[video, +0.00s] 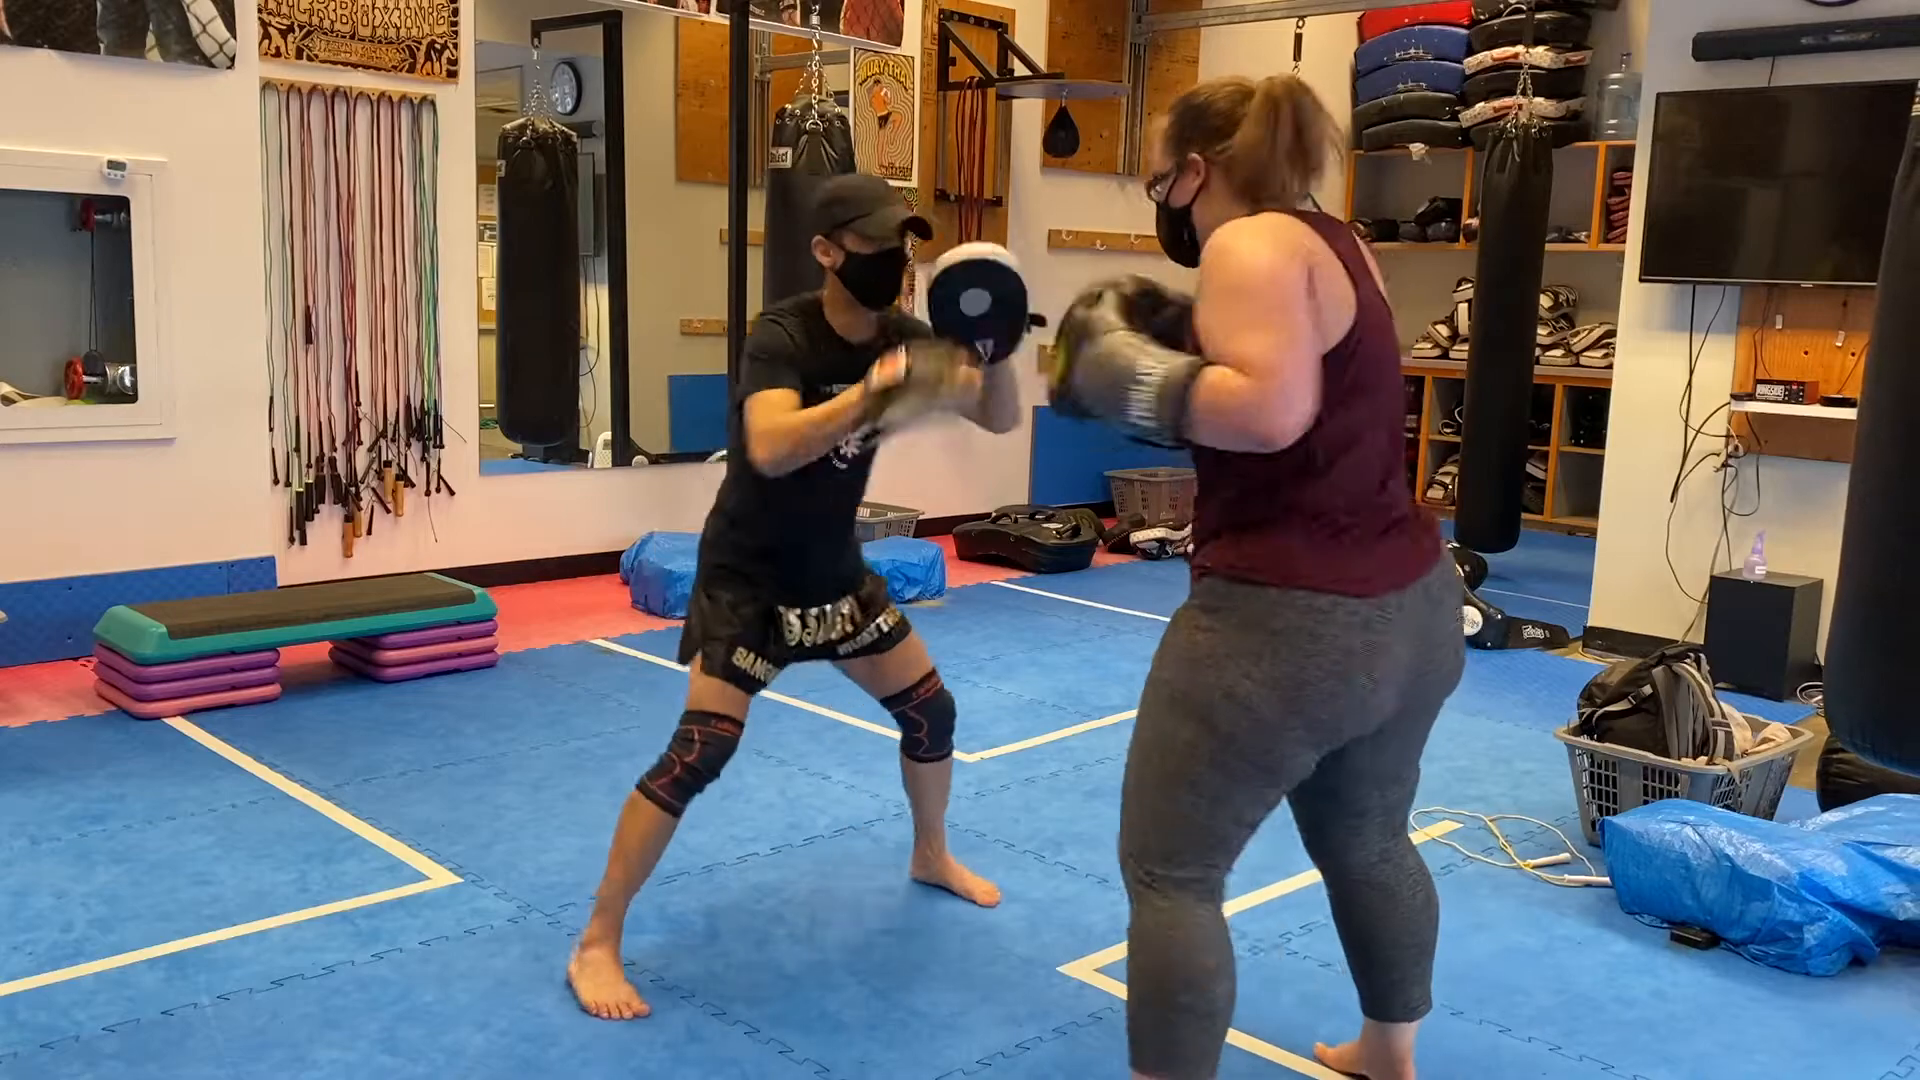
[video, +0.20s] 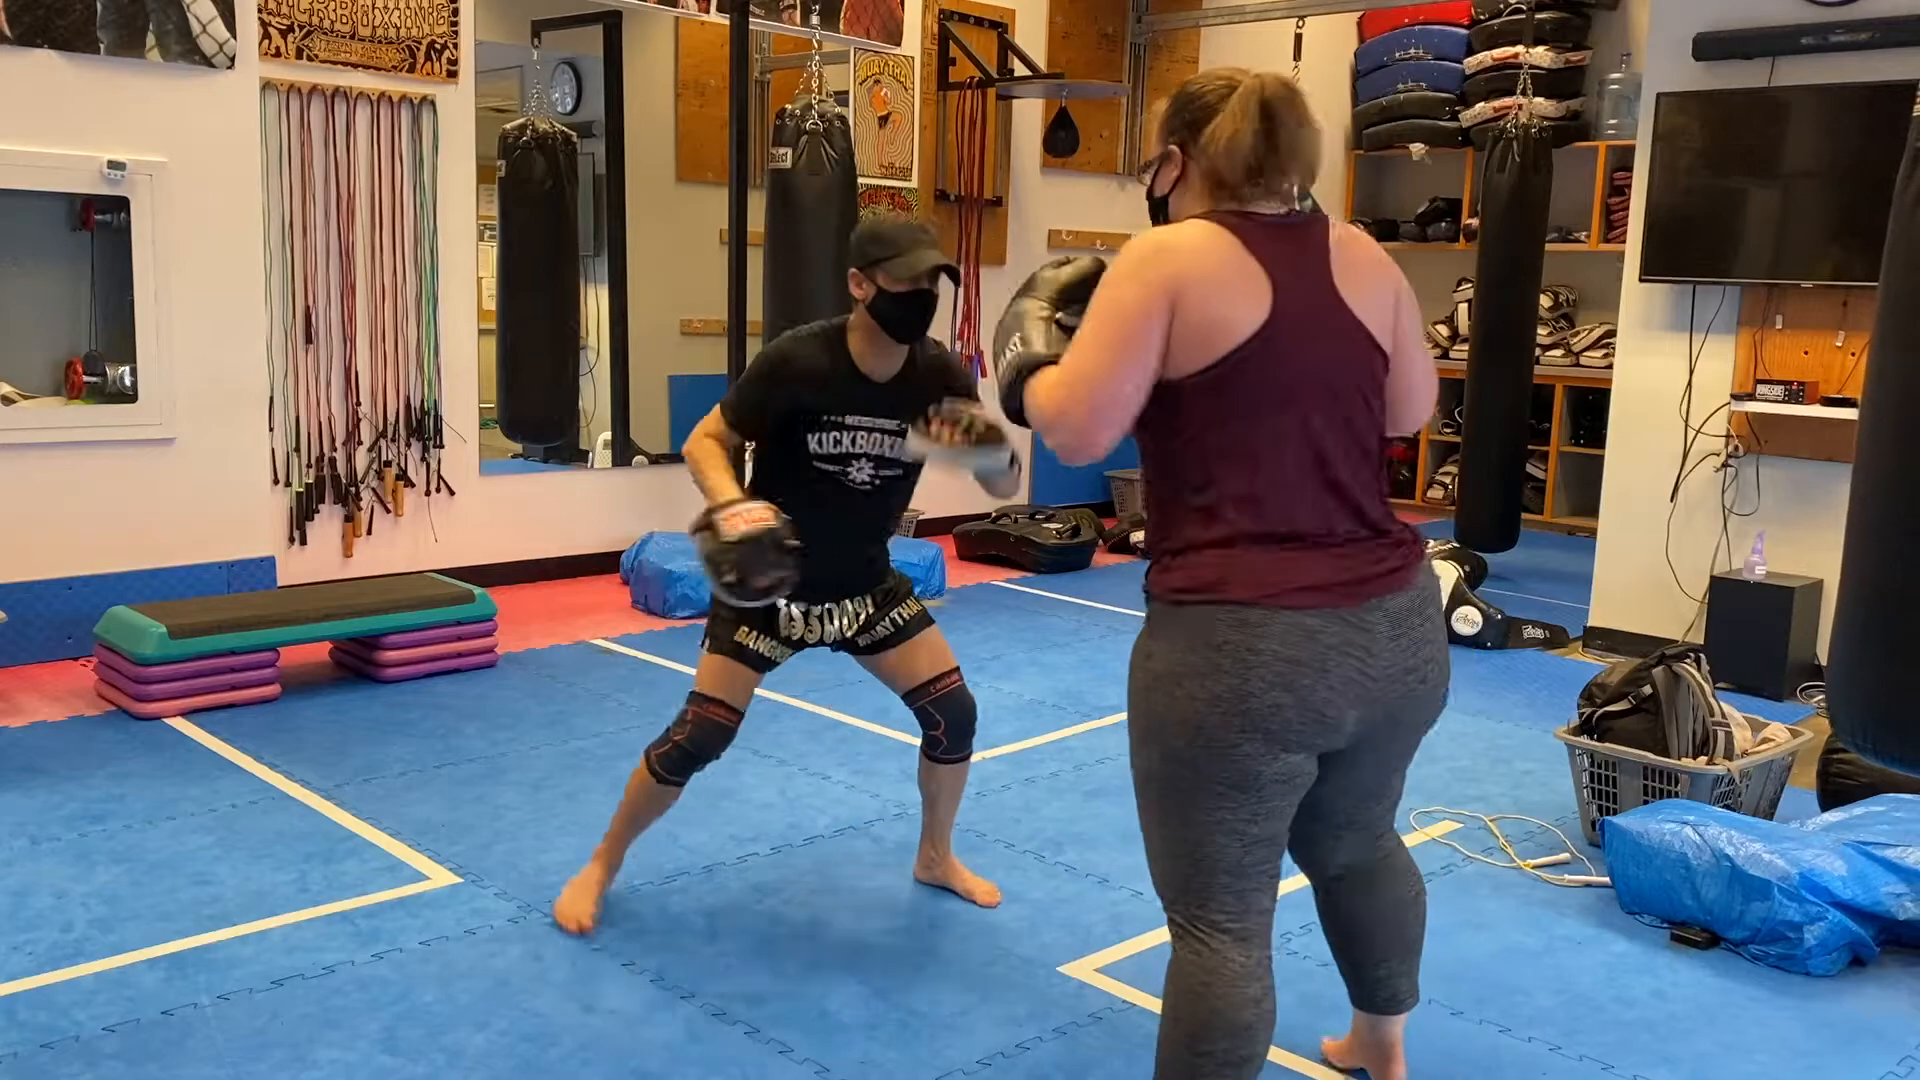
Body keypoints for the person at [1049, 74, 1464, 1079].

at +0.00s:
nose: (1162, 200)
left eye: (1165, 180)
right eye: (1159, 182)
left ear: (1201, 168)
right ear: (1287, 161)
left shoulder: (1250, 247)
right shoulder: (1338, 243)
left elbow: (1270, 409)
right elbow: (1291, 362)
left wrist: (1134, 381)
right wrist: (1186, 315)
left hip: (1281, 624)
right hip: (1412, 608)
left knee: (1174, 874)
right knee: (1366, 836)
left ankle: (1169, 1068)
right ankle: (1389, 1051)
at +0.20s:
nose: (1152, 184)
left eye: (1156, 166)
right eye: (1150, 168)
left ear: (1186, 160)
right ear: (1289, 157)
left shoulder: (1163, 259)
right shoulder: (1367, 256)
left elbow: (1079, 430)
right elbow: (1412, 406)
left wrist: (1022, 360)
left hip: (1235, 643)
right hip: (1396, 630)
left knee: (1220, 925)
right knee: (1357, 838)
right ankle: (1381, 1044)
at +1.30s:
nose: (1163, 159)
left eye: (1169, 139)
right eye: (1165, 139)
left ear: (1203, 141)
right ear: (1308, 142)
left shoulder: (1160, 244)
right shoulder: (1366, 263)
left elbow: (1046, 403)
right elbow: (1359, 406)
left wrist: (1035, 310)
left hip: (1155, 661)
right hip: (1338, 661)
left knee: (1087, 910)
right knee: (1345, 901)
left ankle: (1072, 1073)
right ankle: (1353, 1076)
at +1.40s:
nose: (1135, 193)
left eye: (1141, 173)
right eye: (1135, 173)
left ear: (1173, 174)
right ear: (1262, 168)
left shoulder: (1154, 269)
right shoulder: (1342, 277)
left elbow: (1060, 441)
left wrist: (1026, 354)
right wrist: (1122, 303)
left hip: (1144, 681)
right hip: (1324, 686)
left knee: (1007, 849)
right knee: (1331, 920)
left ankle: (1015, 1067)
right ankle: (1352, 1073)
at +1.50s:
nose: (1098, 213)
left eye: (1103, 194)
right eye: (1098, 195)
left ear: (1134, 194)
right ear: (1229, 184)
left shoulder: (1111, 293)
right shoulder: (1311, 293)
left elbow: (1053, 476)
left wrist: (995, 402)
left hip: (1100, 692)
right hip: (1285, 692)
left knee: (947, 848)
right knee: (1308, 919)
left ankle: (890, 1063)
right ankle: (1346, 1074)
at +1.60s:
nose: (1039, 198)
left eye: (1046, 183)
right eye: (1043, 181)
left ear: (1072, 192)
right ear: (1169, 183)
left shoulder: (1016, 293)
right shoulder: (1245, 294)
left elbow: (936, 445)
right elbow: (1272, 458)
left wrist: (880, 368)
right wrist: (1155, 419)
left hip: (1025, 690)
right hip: (1213, 689)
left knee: (899, 874)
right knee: (1276, 913)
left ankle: (813, 1064)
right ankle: (1336, 1071)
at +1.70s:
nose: (968, 183)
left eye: (974, 171)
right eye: (974, 167)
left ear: (992, 184)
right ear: (1103, 182)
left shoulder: (928, 277)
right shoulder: (1156, 294)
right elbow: (1201, 452)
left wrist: (756, 288)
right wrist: (1099, 418)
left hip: (935, 671)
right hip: (1118, 671)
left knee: (860, 887)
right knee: (1223, 905)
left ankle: (811, 1067)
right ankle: (1308, 1070)